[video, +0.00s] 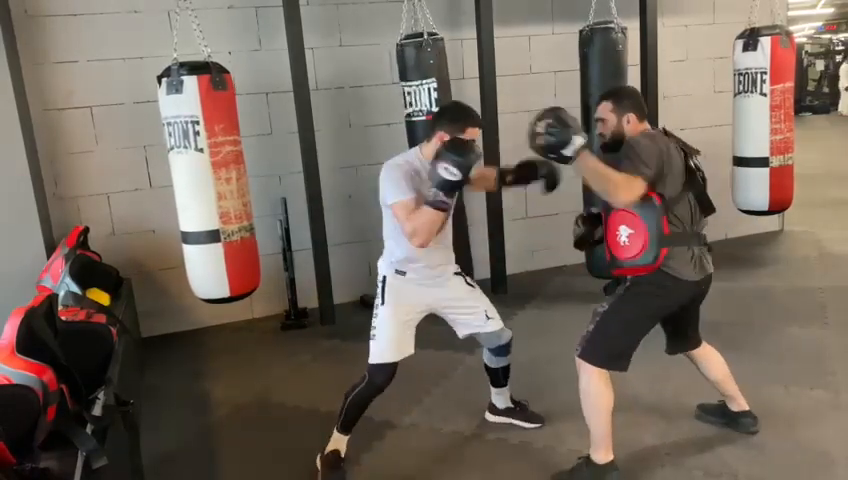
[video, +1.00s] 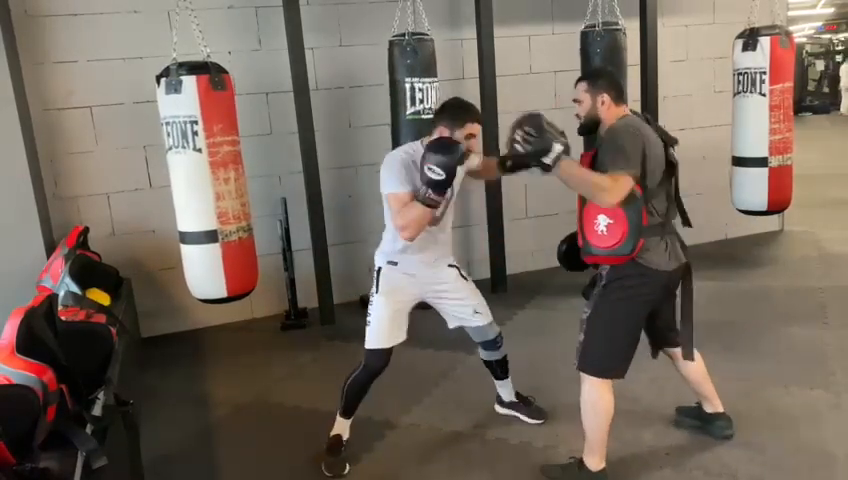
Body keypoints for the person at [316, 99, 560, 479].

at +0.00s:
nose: (473, 150)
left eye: (474, 143)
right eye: (467, 142)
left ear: (455, 140)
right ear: (440, 136)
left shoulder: (452, 166)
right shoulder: (396, 171)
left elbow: (484, 180)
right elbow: (419, 235)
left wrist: (529, 174)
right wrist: (447, 185)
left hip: (446, 276)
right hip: (400, 282)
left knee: (498, 339)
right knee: (380, 376)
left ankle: (501, 405)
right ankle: (336, 446)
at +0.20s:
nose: (472, 146)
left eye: (474, 139)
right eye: (467, 137)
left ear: (448, 133)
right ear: (441, 131)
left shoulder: (449, 164)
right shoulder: (397, 166)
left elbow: (476, 193)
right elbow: (418, 234)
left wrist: (497, 178)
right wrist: (447, 194)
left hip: (443, 272)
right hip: (399, 279)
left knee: (492, 333)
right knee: (372, 366)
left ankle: (507, 398)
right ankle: (338, 444)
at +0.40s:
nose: (484, 168)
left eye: (488, 163)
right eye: (485, 161)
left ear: (468, 149)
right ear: (472, 151)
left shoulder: (455, 176)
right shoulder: (434, 172)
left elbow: (480, 235)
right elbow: (470, 233)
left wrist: (494, 194)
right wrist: (485, 191)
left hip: (441, 281)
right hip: (409, 287)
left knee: (488, 333)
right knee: (414, 390)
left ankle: (507, 400)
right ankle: (339, 447)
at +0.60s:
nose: (493, 178)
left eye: (495, 173)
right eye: (494, 171)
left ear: (478, 160)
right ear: (482, 162)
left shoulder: (453, 185)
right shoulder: (443, 179)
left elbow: (455, 240)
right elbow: (473, 238)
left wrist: (491, 224)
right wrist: (499, 210)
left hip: (445, 291)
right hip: (410, 298)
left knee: (505, 344)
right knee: (398, 399)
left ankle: (507, 401)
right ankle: (331, 456)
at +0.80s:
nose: (501, 164)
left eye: (503, 157)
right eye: (497, 155)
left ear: (479, 154)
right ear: (473, 150)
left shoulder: (474, 186)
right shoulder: (426, 171)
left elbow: (501, 226)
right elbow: (423, 231)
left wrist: (544, 223)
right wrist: (464, 199)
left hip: (447, 287)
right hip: (403, 288)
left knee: (502, 346)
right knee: (381, 378)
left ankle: (507, 401)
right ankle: (339, 433)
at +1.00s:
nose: (475, 147)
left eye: (476, 139)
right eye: (469, 139)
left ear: (462, 140)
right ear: (443, 134)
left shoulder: (458, 157)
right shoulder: (398, 161)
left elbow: (482, 169)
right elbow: (407, 230)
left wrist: (518, 160)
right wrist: (438, 186)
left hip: (442, 267)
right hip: (396, 270)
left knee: (489, 335)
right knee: (376, 360)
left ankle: (508, 399)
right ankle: (339, 433)